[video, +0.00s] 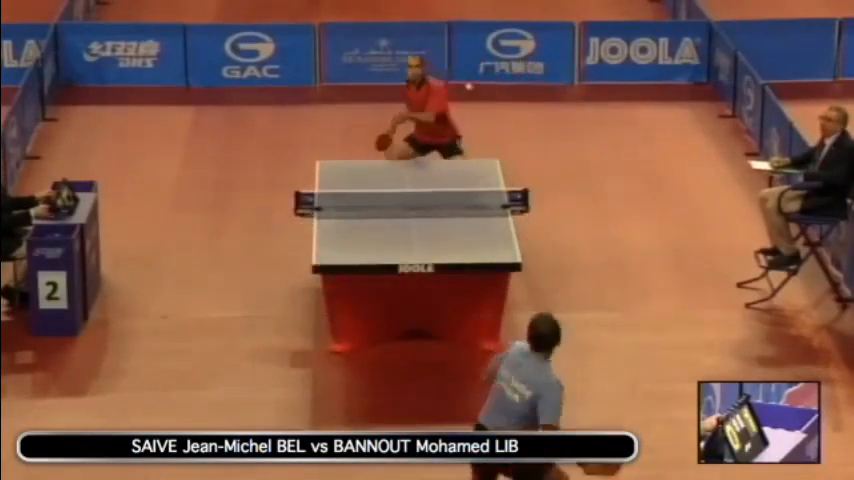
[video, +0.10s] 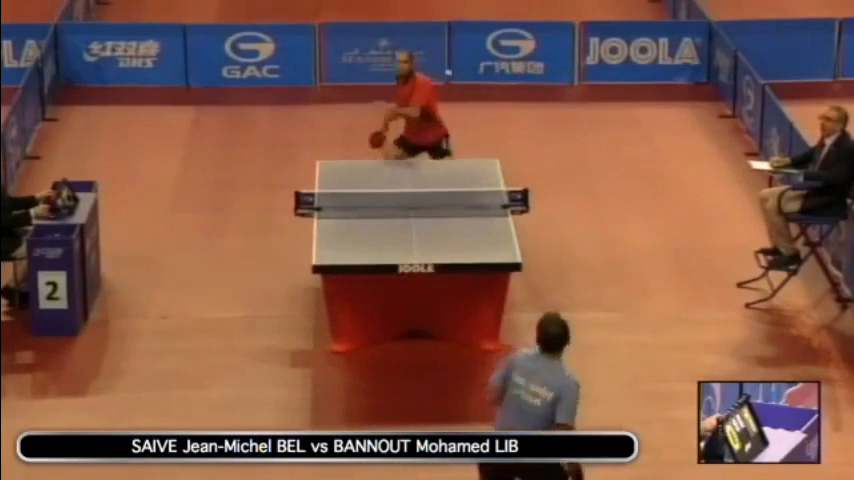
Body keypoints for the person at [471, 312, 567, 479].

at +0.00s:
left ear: (529, 335)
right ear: (556, 343)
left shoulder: (515, 349)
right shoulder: (550, 384)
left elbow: (488, 375)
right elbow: (549, 434)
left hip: (484, 433)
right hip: (517, 443)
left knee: (482, 475)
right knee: (559, 476)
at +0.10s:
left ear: (537, 338)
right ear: (566, 343)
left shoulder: (516, 360)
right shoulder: (567, 384)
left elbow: (493, 393)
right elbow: (563, 432)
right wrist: (572, 464)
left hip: (501, 449)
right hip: (538, 456)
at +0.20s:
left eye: (547, 339)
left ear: (547, 345)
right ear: (574, 346)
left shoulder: (525, 373)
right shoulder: (584, 386)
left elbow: (505, 411)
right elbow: (580, 431)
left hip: (522, 463)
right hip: (560, 466)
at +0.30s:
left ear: (548, 341)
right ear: (575, 342)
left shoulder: (526, 371)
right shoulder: (587, 382)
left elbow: (504, 410)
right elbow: (585, 425)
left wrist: (528, 412)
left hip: (530, 462)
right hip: (568, 465)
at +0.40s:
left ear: (547, 353)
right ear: (576, 352)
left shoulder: (530, 388)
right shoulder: (593, 393)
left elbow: (513, 430)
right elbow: (601, 441)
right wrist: (609, 472)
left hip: (541, 471)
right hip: (581, 472)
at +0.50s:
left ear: (552, 363)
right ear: (580, 362)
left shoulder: (538, 401)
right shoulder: (600, 401)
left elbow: (526, 448)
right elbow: (615, 448)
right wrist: (630, 475)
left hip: (555, 475)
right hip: (595, 474)